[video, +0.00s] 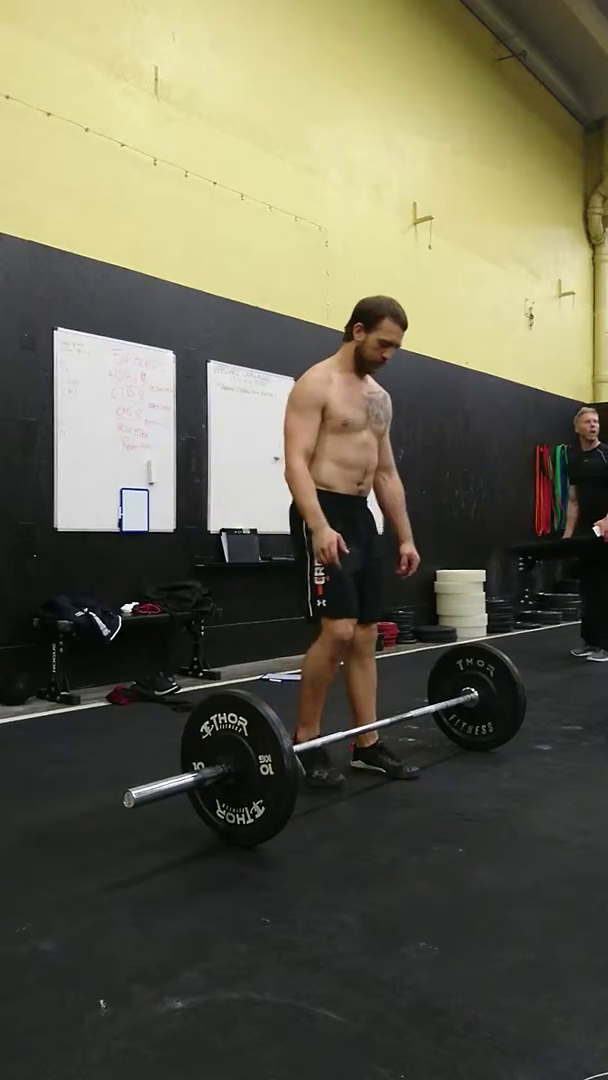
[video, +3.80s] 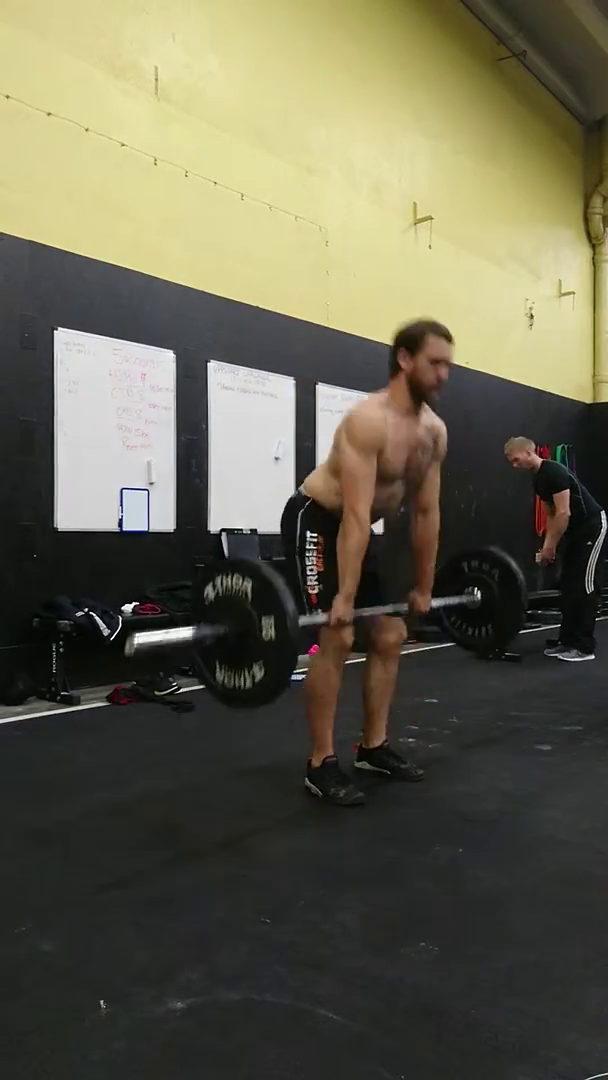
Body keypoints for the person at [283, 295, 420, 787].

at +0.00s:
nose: (388, 354)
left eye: (394, 347)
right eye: (383, 344)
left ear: (393, 344)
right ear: (356, 332)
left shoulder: (379, 397)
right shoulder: (315, 383)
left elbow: (385, 473)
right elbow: (295, 461)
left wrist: (405, 536)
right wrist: (319, 526)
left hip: (362, 517)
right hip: (323, 515)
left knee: (364, 635)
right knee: (337, 631)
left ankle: (366, 743)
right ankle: (305, 743)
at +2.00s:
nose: (407, 345)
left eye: (413, 337)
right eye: (402, 334)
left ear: (410, 333)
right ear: (372, 321)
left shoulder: (395, 385)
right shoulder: (333, 374)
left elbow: (398, 467)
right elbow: (300, 458)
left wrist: (419, 527)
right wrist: (306, 536)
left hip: (376, 515)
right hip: (336, 511)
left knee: (371, 636)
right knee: (333, 639)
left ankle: (371, 746)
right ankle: (318, 763)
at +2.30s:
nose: (441, 386)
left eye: (448, 378)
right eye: (438, 375)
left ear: (440, 369)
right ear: (411, 357)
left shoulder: (418, 419)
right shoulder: (356, 401)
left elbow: (411, 495)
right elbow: (326, 487)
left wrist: (417, 570)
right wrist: (332, 571)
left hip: (355, 516)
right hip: (312, 512)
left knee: (372, 636)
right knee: (328, 638)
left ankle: (371, 746)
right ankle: (319, 761)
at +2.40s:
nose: (453, 425)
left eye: (459, 418)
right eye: (451, 414)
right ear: (425, 395)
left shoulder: (425, 450)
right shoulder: (365, 433)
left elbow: (413, 525)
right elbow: (338, 523)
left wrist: (413, 601)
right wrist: (337, 607)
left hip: (351, 526)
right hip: (305, 520)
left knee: (373, 635)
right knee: (328, 638)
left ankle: (371, 744)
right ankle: (320, 761)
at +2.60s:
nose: (459, 501)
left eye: (467, 495)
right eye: (459, 491)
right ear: (437, 468)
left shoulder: (433, 513)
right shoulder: (375, 498)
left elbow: (419, 586)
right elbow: (346, 593)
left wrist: (413, 659)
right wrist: (336, 678)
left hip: (352, 545)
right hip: (298, 536)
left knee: (382, 636)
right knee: (328, 643)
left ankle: (373, 746)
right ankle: (320, 761)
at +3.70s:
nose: (463, 435)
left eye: (469, 426)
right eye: (457, 422)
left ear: (471, 424)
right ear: (427, 410)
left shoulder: (442, 476)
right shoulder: (378, 462)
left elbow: (427, 554)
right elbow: (352, 559)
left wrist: (418, 628)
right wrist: (337, 639)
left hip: (356, 538)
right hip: (308, 529)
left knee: (385, 636)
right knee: (330, 646)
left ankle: (373, 747)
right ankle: (319, 763)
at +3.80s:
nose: (444, 374)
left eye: (448, 365)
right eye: (436, 363)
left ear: (444, 368)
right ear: (404, 360)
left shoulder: (433, 431)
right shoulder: (367, 421)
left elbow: (427, 512)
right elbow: (355, 517)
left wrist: (423, 587)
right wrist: (345, 595)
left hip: (363, 528)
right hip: (315, 523)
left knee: (389, 636)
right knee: (338, 638)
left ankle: (373, 746)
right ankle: (321, 762)